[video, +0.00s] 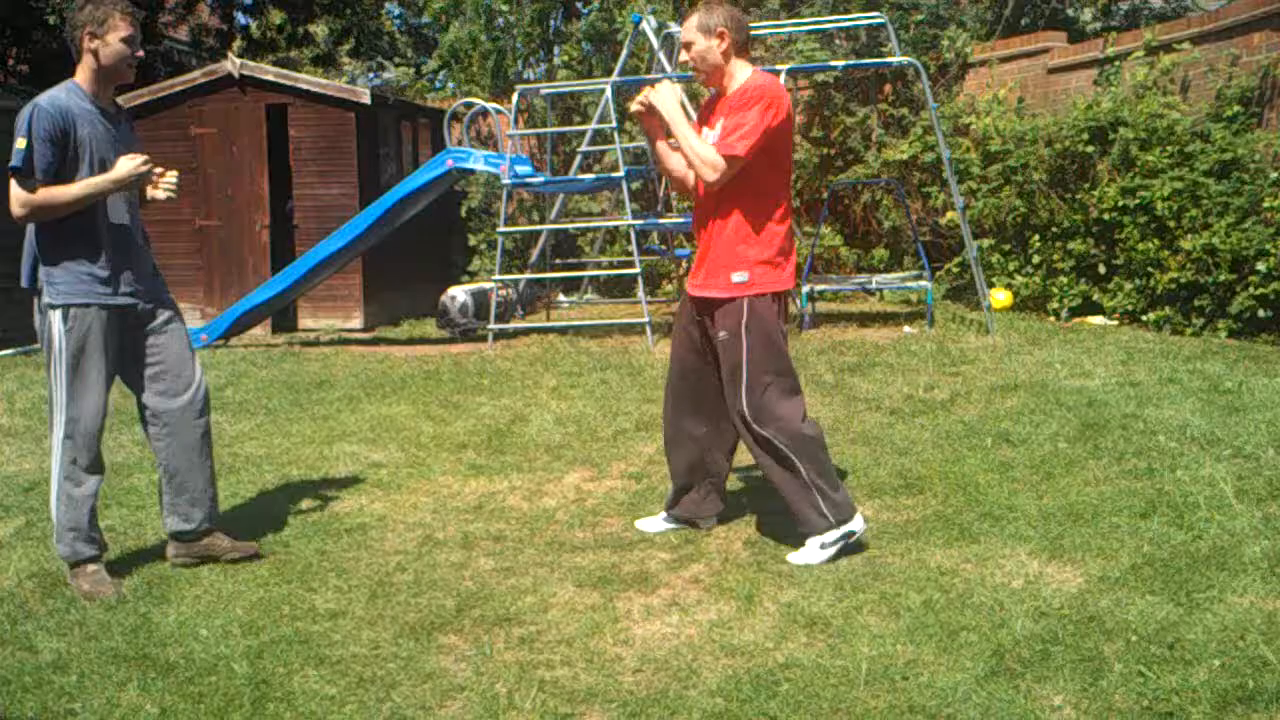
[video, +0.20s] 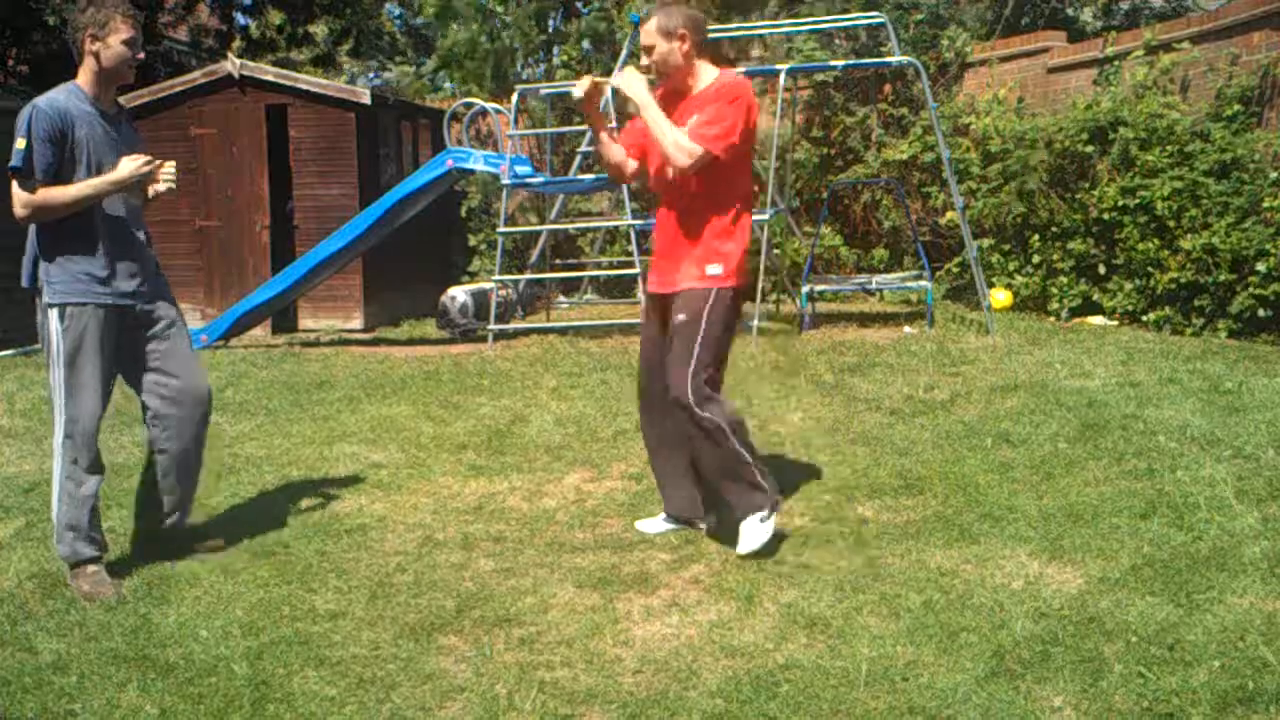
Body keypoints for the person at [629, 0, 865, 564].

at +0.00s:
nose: (683, 58)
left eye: (689, 46)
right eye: (681, 48)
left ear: (721, 40)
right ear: (715, 43)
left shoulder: (762, 92)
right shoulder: (719, 103)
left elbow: (714, 169)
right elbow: (688, 178)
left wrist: (672, 109)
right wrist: (654, 129)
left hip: (750, 272)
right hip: (710, 271)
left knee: (762, 402)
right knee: (693, 395)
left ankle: (836, 518)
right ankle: (695, 505)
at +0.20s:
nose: (645, 62)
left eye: (651, 51)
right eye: (642, 52)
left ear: (683, 43)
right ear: (673, 46)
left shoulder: (730, 89)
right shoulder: (662, 99)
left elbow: (685, 157)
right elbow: (624, 168)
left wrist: (641, 98)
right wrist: (597, 118)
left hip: (713, 262)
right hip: (667, 262)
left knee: (690, 388)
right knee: (657, 390)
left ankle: (756, 506)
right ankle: (685, 511)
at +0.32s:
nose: (621, 54)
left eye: (628, 45)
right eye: (619, 45)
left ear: (662, 41)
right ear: (648, 41)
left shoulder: (705, 87)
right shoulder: (633, 95)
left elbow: (659, 146)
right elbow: (588, 159)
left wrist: (622, 82)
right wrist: (579, 95)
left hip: (687, 265)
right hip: (644, 265)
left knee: (662, 398)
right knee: (646, 400)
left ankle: (680, 523)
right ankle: (672, 506)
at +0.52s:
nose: (587, 71)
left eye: (593, 60)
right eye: (585, 61)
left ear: (625, 55)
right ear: (613, 57)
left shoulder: (666, 103)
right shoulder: (614, 108)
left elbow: (615, 177)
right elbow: (578, 178)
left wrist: (573, 117)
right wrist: (551, 128)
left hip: (652, 278)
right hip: (608, 275)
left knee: (637, 407)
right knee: (571, 388)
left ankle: (661, 532)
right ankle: (642, 481)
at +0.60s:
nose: (573, 70)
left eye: (578, 60)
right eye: (572, 61)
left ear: (610, 54)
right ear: (603, 55)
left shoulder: (652, 103)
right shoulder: (607, 106)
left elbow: (599, 178)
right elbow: (570, 177)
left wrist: (565, 114)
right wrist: (546, 121)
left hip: (639, 278)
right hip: (597, 274)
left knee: (631, 410)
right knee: (547, 376)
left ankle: (662, 530)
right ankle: (618, 481)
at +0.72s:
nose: (550, 67)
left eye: (555, 56)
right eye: (549, 58)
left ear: (584, 48)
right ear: (580, 49)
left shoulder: (627, 95)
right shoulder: (584, 101)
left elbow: (556, 151)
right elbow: (539, 161)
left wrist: (528, 96)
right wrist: (518, 104)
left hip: (615, 272)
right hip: (571, 270)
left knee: (625, 407)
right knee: (521, 384)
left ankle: (661, 529)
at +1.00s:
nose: (480, 80)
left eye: (485, 70)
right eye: (479, 71)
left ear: (515, 64)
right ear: (511, 64)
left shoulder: (570, 112)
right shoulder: (500, 120)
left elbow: (532, 182)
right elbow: (465, 174)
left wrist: (491, 127)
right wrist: (450, 124)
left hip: (561, 295)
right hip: (503, 296)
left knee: (593, 417)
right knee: (467, 408)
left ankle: (656, 527)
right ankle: (469, 517)